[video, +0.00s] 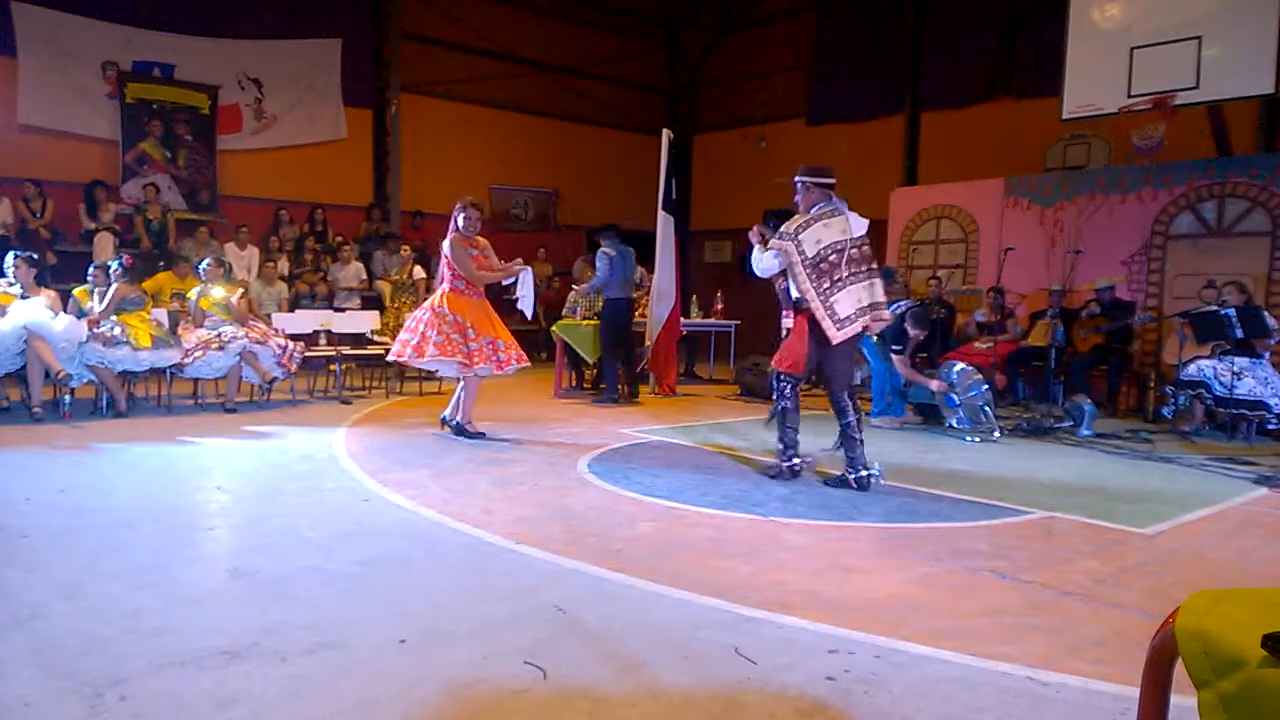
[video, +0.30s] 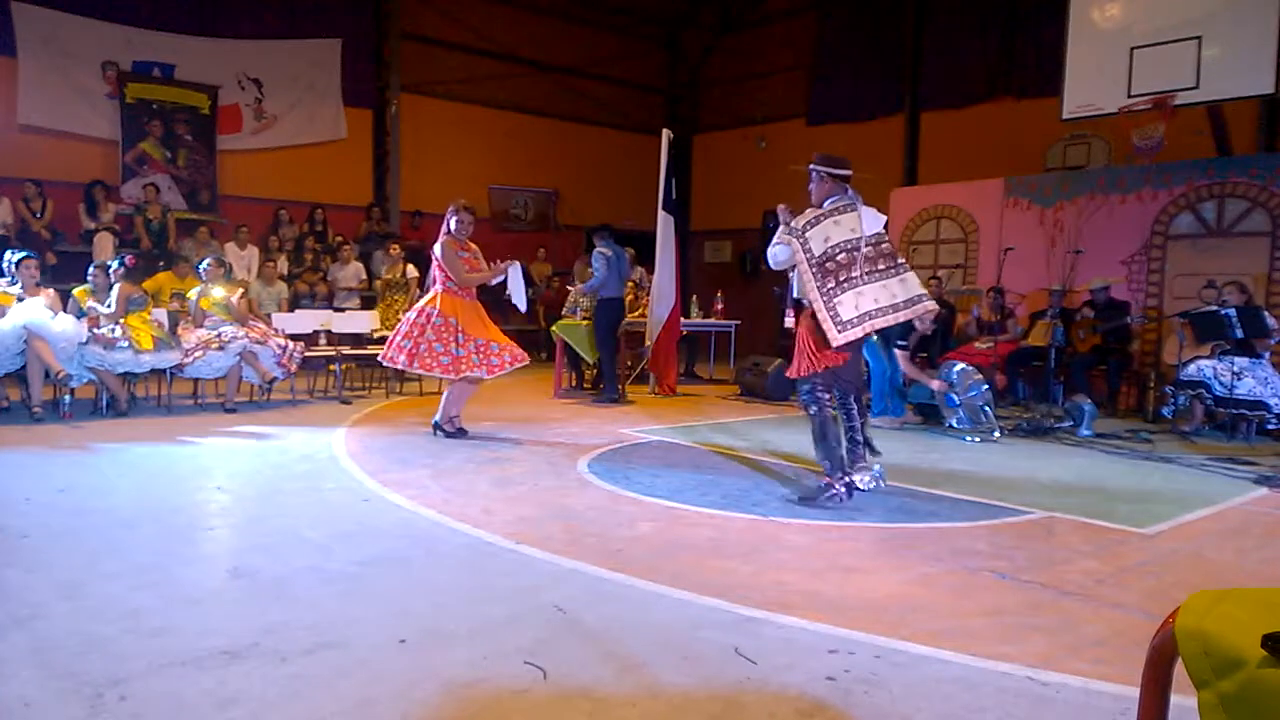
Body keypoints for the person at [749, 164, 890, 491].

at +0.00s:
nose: (796, 198)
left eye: (799, 191)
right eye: (797, 191)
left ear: (812, 192)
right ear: (829, 192)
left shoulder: (799, 228)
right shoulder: (855, 222)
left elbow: (763, 266)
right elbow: (867, 272)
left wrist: (757, 245)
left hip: (811, 320)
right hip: (847, 318)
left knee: (785, 379)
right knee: (841, 391)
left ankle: (789, 460)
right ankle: (858, 469)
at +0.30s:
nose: (809, 187)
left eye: (813, 181)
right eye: (811, 181)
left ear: (826, 183)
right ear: (843, 185)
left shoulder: (814, 223)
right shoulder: (869, 218)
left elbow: (777, 259)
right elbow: (891, 267)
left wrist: (785, 224)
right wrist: (920, 307)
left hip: (818, 319)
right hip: (854, 317)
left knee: (811, 392)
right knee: (847, 392)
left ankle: (835, 478)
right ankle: (857, 468)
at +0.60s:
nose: (811, 176)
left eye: (817, 172)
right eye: (814, 171)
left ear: (828, 180)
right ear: (842, 183)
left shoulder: (823, 219)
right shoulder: (850, 210)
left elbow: (771, 250)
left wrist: (758, 221)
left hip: (825, 316)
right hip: (836, 311)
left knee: (831, 392)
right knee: (802, 391)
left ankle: (843, 483)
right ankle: (837, 462)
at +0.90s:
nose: (795, 174)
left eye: (801, 170)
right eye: (799, 168)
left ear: (812, 177)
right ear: (824, 180)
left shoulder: (818, 216)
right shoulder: (805, 212)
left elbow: (772, 244)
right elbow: (771, 252)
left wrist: (734, 212)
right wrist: (756, 215)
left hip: (816, 318)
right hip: (791, 317)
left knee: (827, 397)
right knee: (763, 390)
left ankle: (841, 485)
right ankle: (756, 480)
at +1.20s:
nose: (765, 176)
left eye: (772, 172)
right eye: (769, 170)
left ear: (788, 180)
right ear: (786, 178)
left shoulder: (796, 215)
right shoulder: (769, 210)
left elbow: (751, 243)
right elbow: (731, 252)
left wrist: (719, 204)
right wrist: (722, 209)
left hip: (773, 319)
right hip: (745, 318)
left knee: (782, 400)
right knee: (737, 398)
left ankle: (828, 476)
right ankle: (738, 481)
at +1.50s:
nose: (739, 175)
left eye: (745, 171)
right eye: (742, 169)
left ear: (759, 178)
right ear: (762, 179)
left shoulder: (777, 215)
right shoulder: (742, 209)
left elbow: (732, 225)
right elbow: (699, 232)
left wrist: (682, 201)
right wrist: (676, 203)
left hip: (749, 318)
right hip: (721, 316)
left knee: (735, 401)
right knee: (722, 400)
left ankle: (734, 489)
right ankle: (728, 481)